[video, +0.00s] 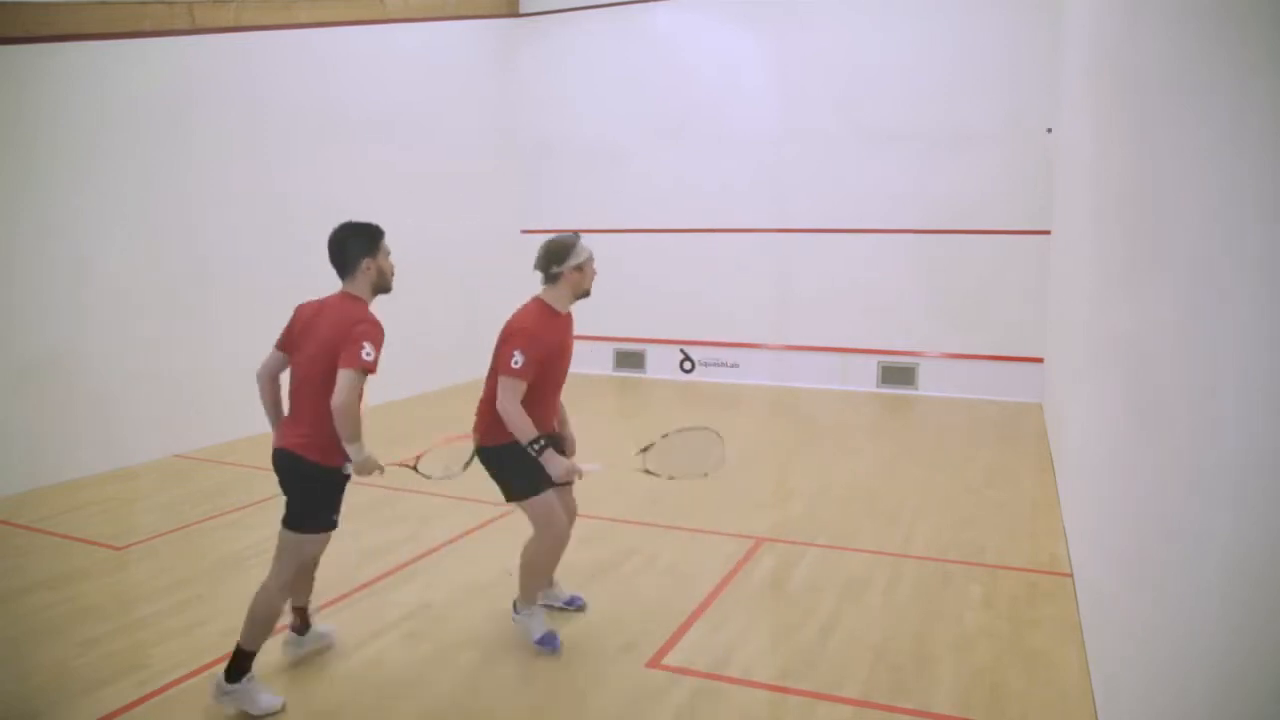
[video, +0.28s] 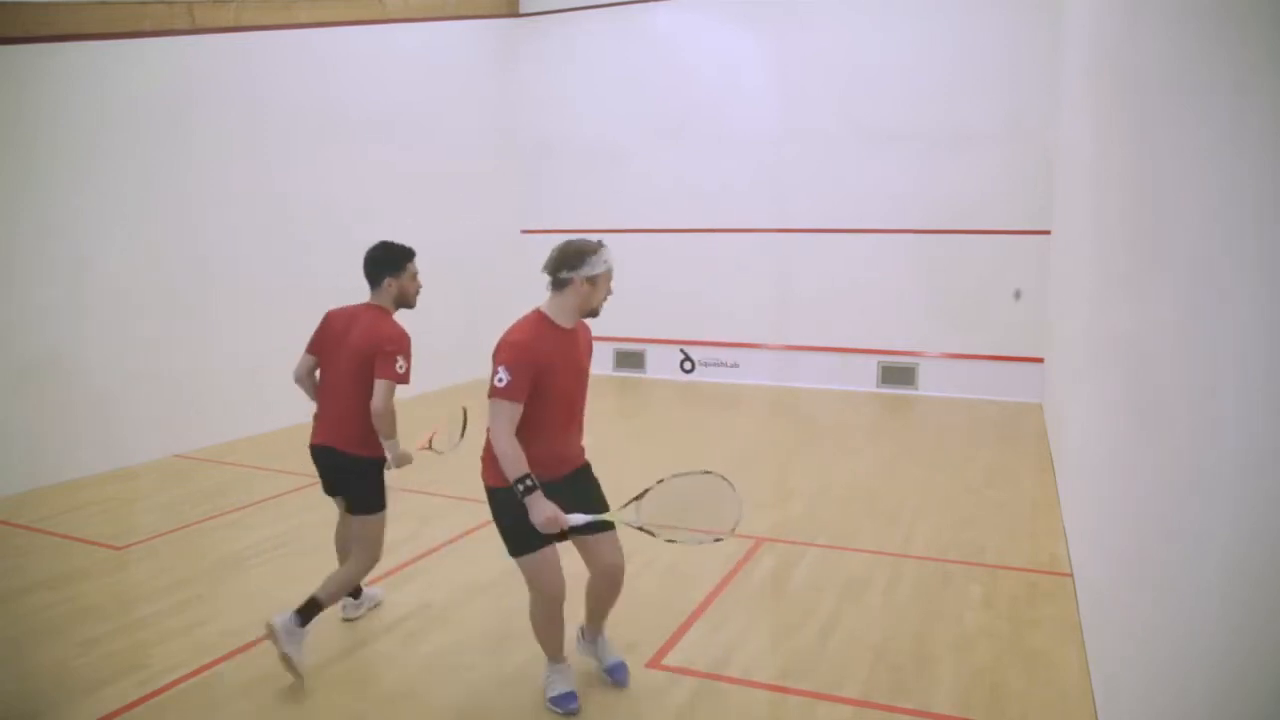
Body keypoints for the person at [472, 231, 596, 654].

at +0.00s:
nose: (594, 272)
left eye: (592, 264)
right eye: (588, 266)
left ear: (564, 272)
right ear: (565, 272)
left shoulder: (562, 316)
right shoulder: (527, 327)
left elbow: (548, 382)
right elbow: (507, 402)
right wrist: (545, 454)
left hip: (538, 430)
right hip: (502, 439)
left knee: (566, 512)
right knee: (552, 523)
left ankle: (543, 587)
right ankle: (525, 607)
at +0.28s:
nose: (610, 289)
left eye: (610, 280)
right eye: (605, 280)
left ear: (577, 282)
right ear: (577, 282)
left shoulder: (581, 335)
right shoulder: (520, 344)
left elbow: (566, 409)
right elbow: (500, 431)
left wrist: (571, 465)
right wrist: (532, 497)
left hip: (570, 471)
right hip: (516, 483)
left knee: (610, 567)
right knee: (548, 586)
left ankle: (591, 636)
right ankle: (556, 666)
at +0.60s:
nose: (630, 328)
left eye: (632, 318)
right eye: (627, 316)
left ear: (595, 310)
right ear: (595, 310)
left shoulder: (600, 365)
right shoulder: (520, 370)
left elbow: (599, 432)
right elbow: (490, 470)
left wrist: (633, 496)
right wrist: (502, 535)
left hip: (567, 515)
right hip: (505, 523)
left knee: (602, 632)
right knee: (521, 652)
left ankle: (600, 718)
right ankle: (487, 716)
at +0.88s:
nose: (632, 392)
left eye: (634, 379)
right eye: (628, 380)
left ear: (593, 377)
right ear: (593, 375)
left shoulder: (583, 417)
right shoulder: (506, 441)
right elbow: (467, 542)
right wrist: (454, 597)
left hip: (524, 552)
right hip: (463, 570)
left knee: (606, 640)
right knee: (508, 701)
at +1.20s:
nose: (580, 351)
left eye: (581, 341)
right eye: (578, 340)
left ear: (515, 337)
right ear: (549, 343)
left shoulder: (452, 374)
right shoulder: (534, 437)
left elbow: (381, 432)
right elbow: (574, 529)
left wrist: (332, 501)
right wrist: (599, 534)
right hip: (415, 575)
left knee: (527, 628)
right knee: (511, 697)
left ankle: (547, 714)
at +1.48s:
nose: (479, 289)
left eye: (476, 280)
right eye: (475, 281)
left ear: (423, 289)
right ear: (461, 290)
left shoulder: (372, 345)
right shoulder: (483, 367)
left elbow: (320, 416)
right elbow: (474, 420)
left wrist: (272, 489)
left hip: (349, 516)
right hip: (403, 528)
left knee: (404, 610)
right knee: (444, 664)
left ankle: (345, 706)